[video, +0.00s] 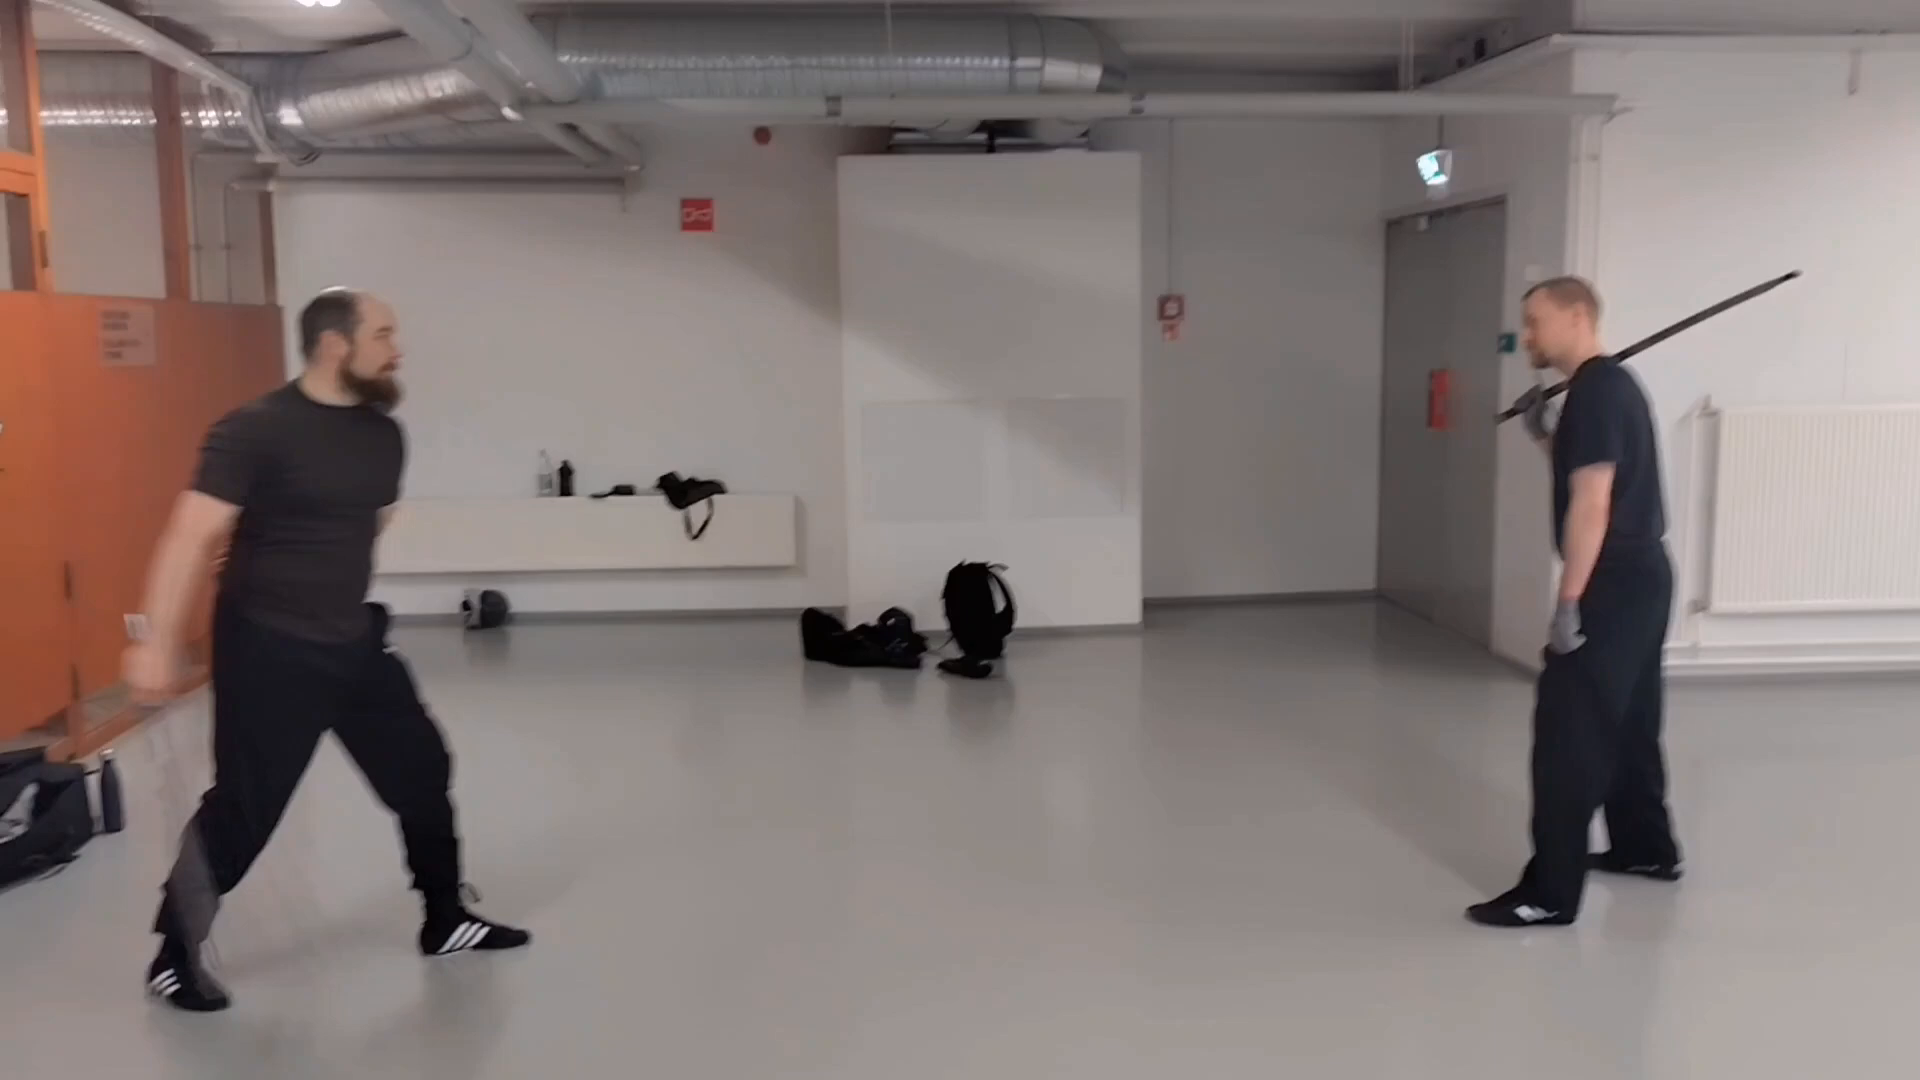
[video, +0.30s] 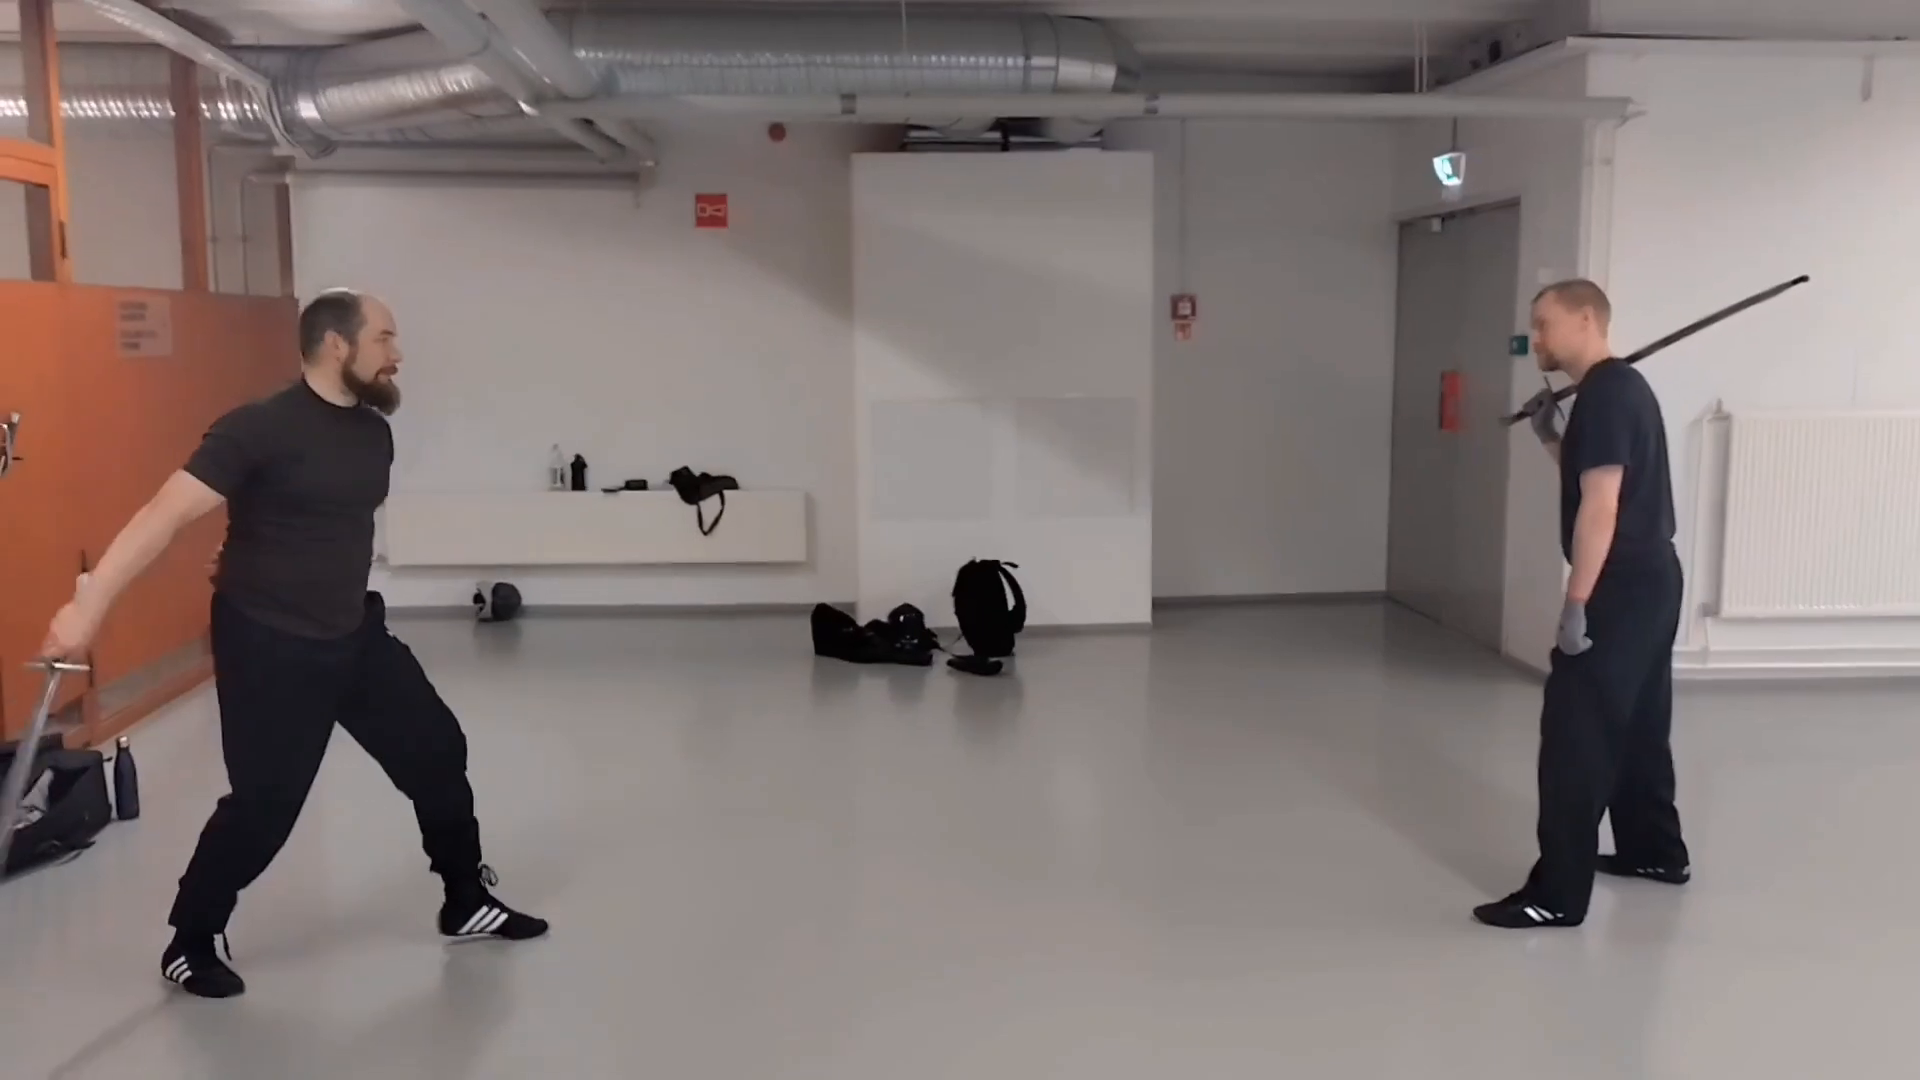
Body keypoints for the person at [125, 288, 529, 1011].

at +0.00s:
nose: (396, 350)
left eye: (395, 336)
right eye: (382, 336)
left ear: (351, 347)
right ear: (332, 346)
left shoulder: (381, 433)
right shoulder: (255, 432)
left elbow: (365, 534)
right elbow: (189, 537)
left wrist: (348, 610)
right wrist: (157, 640)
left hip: (351, 648)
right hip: (266, 652)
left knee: (421, 771)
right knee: (245, 806)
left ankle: (445, 918)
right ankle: (174, 954)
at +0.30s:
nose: (396, 354)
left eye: (394, 340)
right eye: (384, 340)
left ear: (344, 347)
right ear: (336, 346)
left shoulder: (372, 433)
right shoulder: (260, 430)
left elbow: (339, 529)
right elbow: (162, 517)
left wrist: (351, 604)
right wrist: (87, 608)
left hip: (353, 636)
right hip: (269, 645)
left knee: (436, 750)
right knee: (265, 805)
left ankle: (466, 900)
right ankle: (192, 939)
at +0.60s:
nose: (448, 367)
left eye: (446, 353)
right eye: (437, 353)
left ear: (393, 363)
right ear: (389, 360)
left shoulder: (378, 430)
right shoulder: (357, 430)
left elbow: (361, 528)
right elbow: (356, 536)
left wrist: (292, 554)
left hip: (366, 632)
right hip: (304, 634)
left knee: (451, 761)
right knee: (271, 790)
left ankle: (524, 902)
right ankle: (169, 934)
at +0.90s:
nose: (521, 375)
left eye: (520, 363)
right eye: (513, 363)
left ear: (464, 362)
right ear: (473, 360)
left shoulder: (456, 429)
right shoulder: (440, 402)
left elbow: (441, 526)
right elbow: (550, 380)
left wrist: (374, 552)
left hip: (437, 636)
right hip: (388, 630)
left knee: (502, 759)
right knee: (354, 794)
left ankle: (477, 918)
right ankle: (201, 911)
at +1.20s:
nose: (603, 362)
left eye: (600, 349)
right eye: (594, 349)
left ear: (539, 356)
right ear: (557, 352)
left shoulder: (495, 423)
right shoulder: (564, 403)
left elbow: (452, 510)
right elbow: (659, 346)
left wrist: (450, 544)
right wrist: (664, 258)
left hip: (471, 620)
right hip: (520, 621)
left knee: (505, 777)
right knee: (611, 761)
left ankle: (449, 931)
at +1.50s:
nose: (741, 380)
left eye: (735, 368)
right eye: (731, 369)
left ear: (678, 386)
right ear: (704, 381)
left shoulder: (638, 459)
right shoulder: (740, 452)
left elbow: (578, 555)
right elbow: (859, 451)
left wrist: (628, 590)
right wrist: (887, 358)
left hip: (637, 662)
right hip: (714, 663)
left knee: (587, 798)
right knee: (809, 783)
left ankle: (484, 927)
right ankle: (881, 919)